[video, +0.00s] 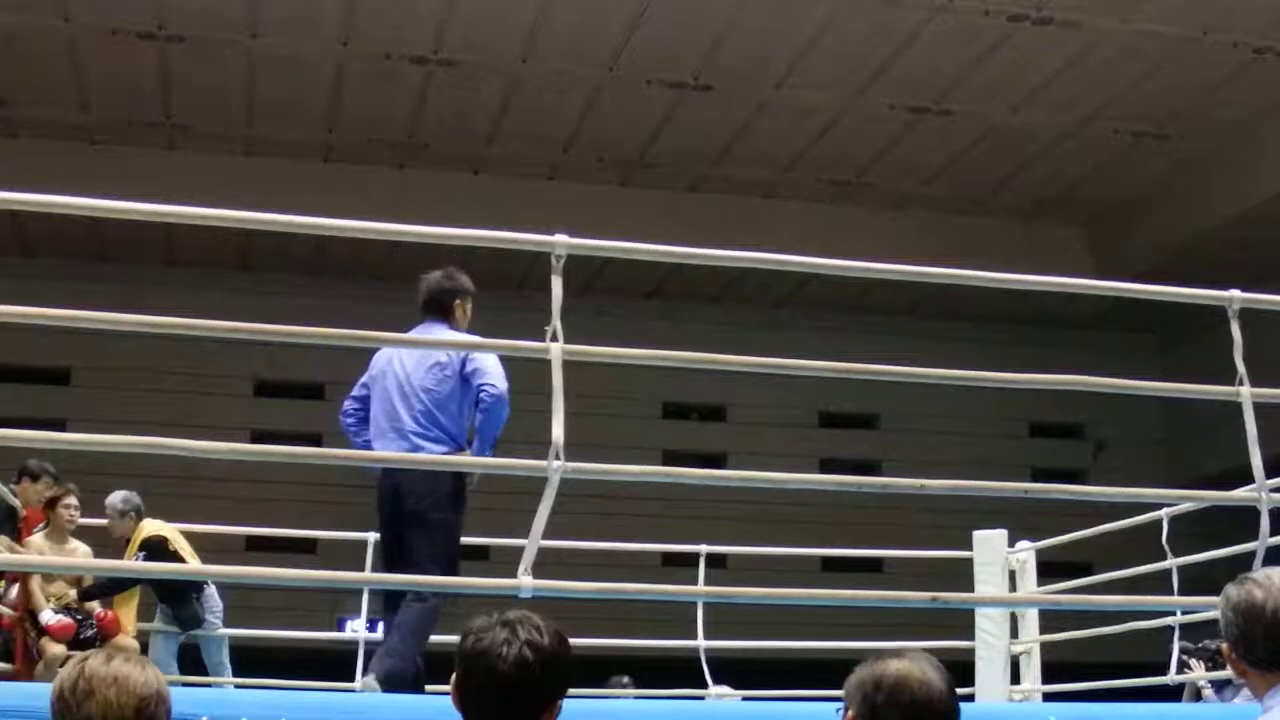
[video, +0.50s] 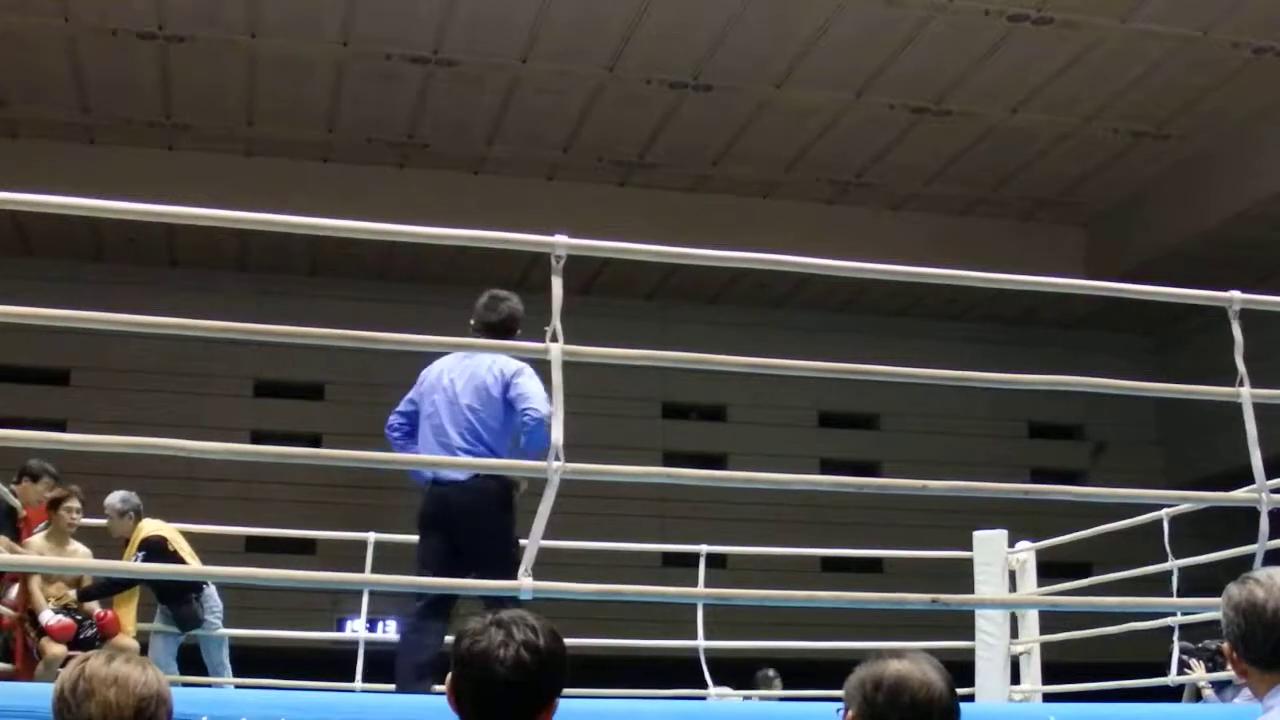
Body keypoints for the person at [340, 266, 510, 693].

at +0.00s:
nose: (471, 314)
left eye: (470, 306)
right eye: (470, 306)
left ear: (425, 307)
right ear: (458, 307)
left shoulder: (390, 351)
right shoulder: (467, 346)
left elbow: (351, 414)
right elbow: (495, 393)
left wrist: (381, 454)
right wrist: (479, 454)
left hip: (390, 476)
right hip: (438, 477)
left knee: (397, 581)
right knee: (431, 582)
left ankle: (406, 687)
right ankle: (383, 676)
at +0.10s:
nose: (476, 321)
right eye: (476, 315)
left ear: (429, 312)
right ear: (471, 318)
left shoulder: (395, 358)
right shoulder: (473, 353)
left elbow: (360, 420)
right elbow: (497, 397)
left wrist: (391, 456)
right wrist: (483, 456)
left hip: (396, 481)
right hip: (444, 481)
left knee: (405, 585)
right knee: (452, 586)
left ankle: (411, 688)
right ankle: (402, 662)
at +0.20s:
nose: (485, 325)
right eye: (484, 320)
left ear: (438, 315)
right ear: (480, 322)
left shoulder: (403, 362)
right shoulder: (479, 356)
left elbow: (367, 422)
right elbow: (499, 399)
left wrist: (400, 459)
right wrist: (489, 456)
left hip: (405, 487)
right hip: (453, 486)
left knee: (411, 588)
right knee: (466, 586)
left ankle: (403, 687)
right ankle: (415, 665)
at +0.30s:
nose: (494, 327)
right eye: (494, 322)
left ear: (447, 317)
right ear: (490, 324)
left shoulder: (413, 362)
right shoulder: (488, 358)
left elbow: (376, 423)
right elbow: (508, 402)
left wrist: (409, 462)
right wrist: (497, 462)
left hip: (416, 490)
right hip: (466, 490)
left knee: (415, 593)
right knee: (481, 591)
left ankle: (403, 692)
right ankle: (463, 688)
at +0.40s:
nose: (506, 332)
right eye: (506, 326)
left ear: (459, 323)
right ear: (503, 329)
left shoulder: (424, 366)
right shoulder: (500, 363)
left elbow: (386, 426)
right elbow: (521, 408)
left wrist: (416, 470)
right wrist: (509, 462)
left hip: (425, 496)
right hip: (475, 496)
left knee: (420, 603)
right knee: (500, 599)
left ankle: (406, 699)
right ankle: (513, 699)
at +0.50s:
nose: (516, 335)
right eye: (516, 329)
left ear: (473, 326)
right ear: (515, 333)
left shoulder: (437, 370)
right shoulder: (515, 369)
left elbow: (397, 427)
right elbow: (536, 417)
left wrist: (428, 471)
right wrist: (526, 463)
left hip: (438, 498)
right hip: (488, 499)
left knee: (431, 601)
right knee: (502, 600)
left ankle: (409, 697)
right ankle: (510, 699)